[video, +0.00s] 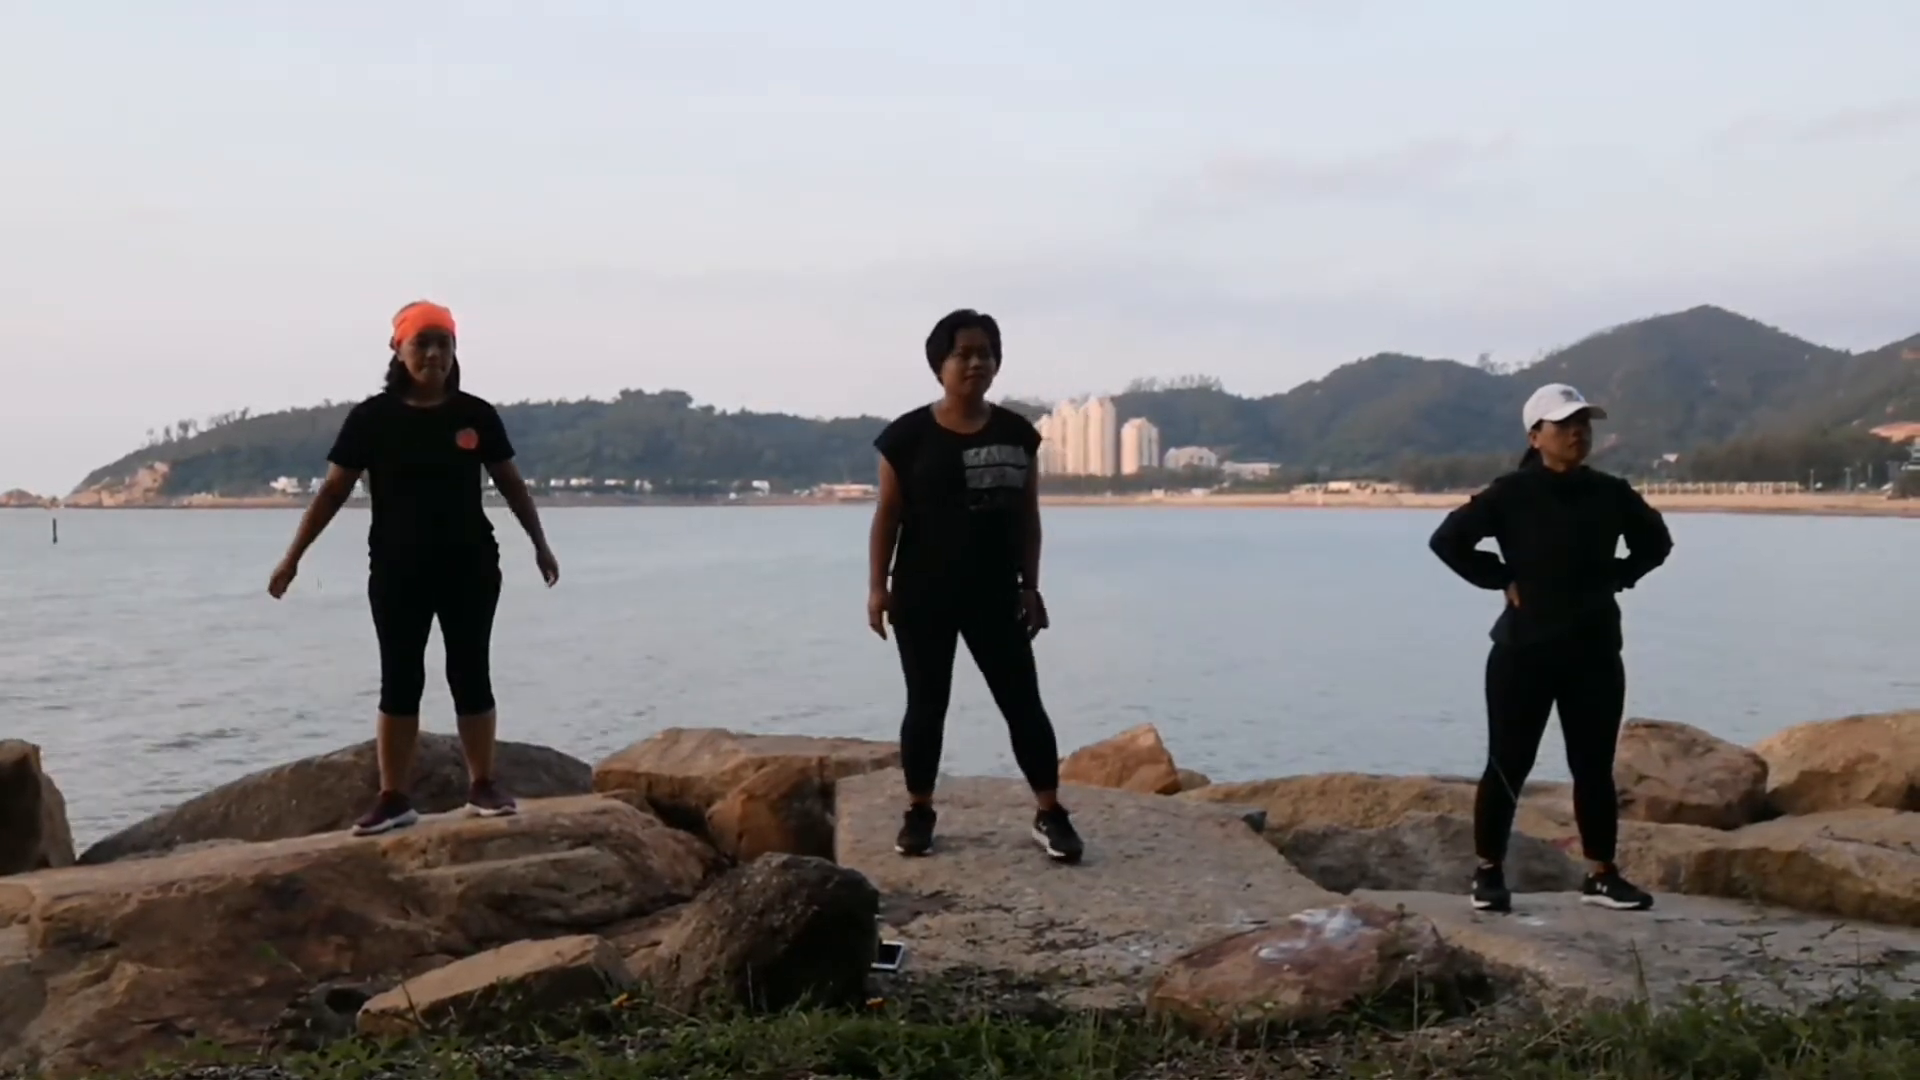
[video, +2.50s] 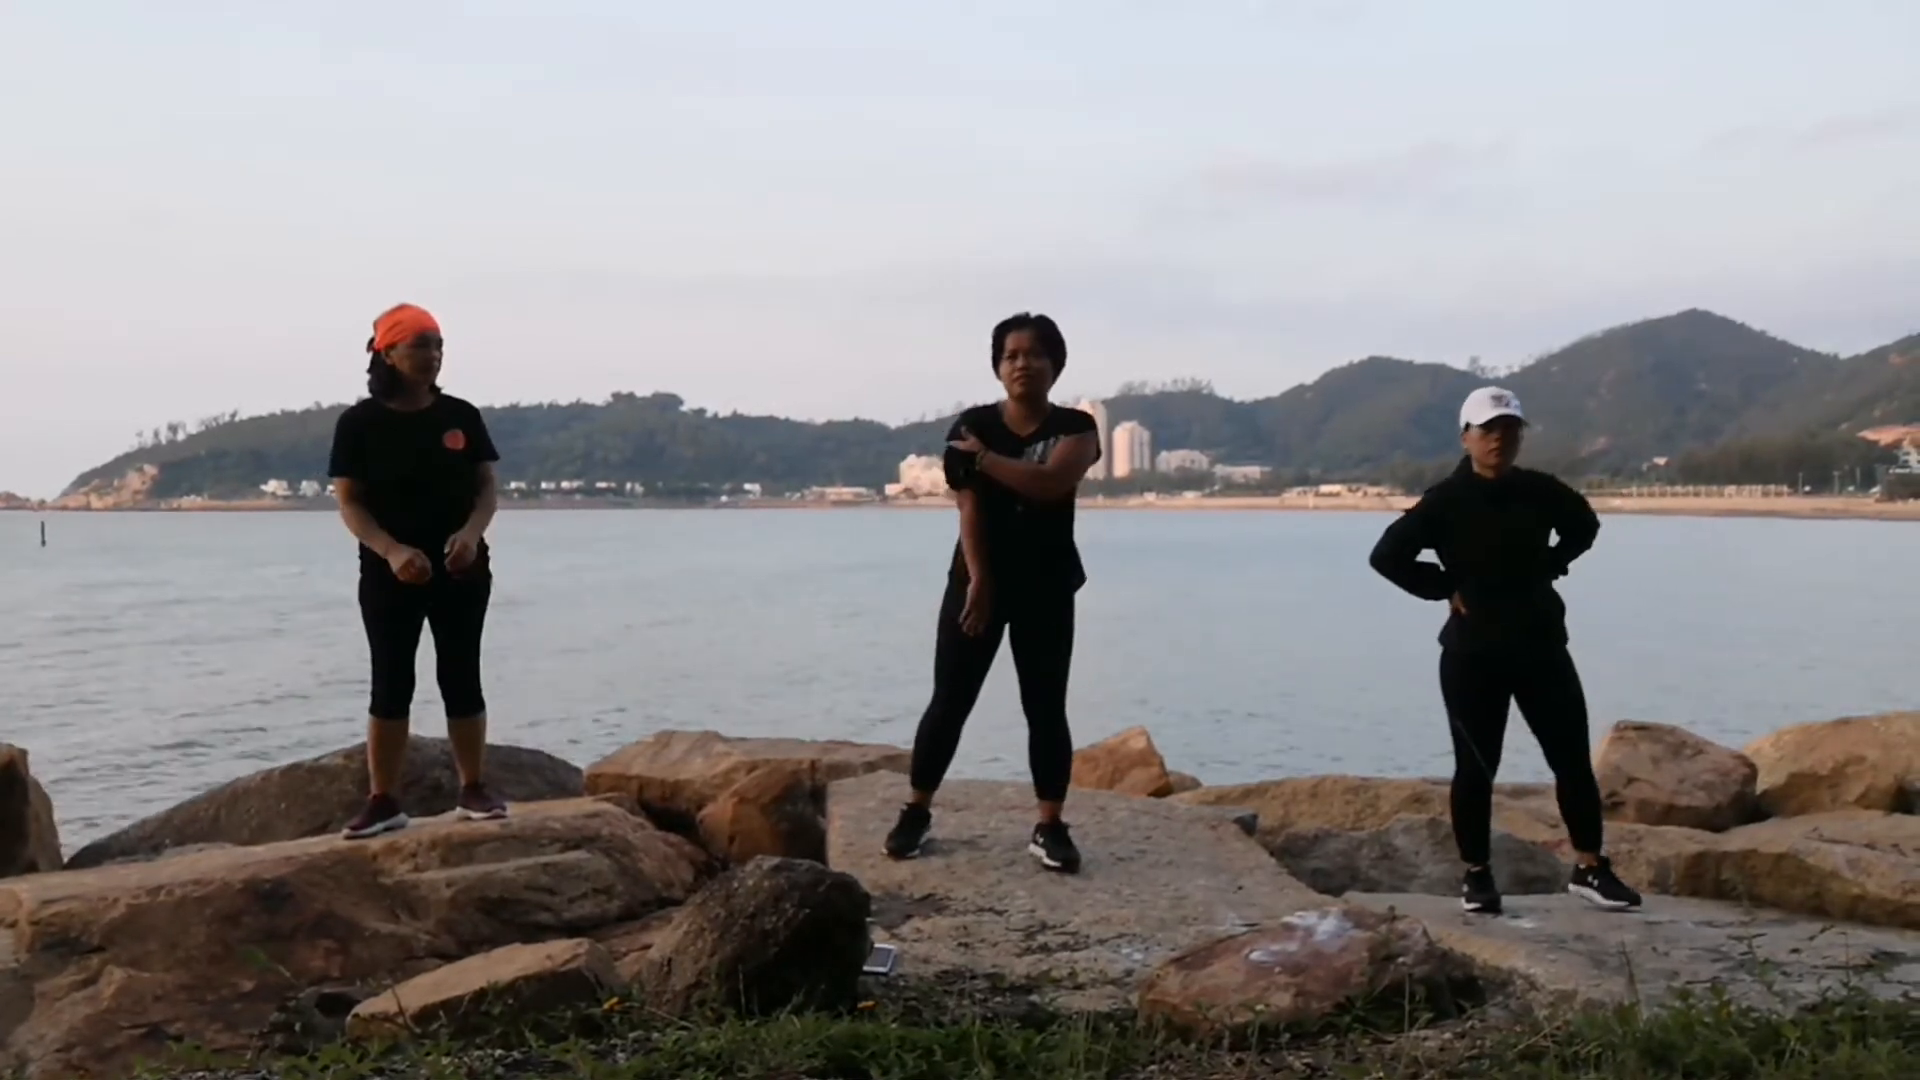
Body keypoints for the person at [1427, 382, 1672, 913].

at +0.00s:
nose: (1580, 433)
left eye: (1583, 423)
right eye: (1567, 424)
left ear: (1588, 429)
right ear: (1537, 435)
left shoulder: (1610, 492)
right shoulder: (1511, 493)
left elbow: (1657, 542)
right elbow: (1447, 541)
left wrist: (1613, 578)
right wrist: (1502, 578)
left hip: (1593, 651)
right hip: (1524, 650)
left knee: (1595, 769)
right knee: (1507, 766)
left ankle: (1602, 874)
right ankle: (1489, 874)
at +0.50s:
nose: (1575, 433)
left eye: (1580, 423)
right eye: (1562, 425)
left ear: (1587, 430)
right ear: (1534, 435)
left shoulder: (1607, 494)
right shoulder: (1508, 495)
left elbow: (1654, 542)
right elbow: (1444, 542)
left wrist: (1611, 577)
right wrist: (1501, 579)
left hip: (1592, 652)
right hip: (1523, 652)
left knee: (1593, 768)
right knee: (1506, 766)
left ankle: (1600, 874)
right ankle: (1487, 874)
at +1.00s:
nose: (1560, 435)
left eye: (1567, 426)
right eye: (1548, 426)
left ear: (1576, 433)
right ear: (1523, 435)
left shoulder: (1600, 494)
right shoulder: (1501, 496)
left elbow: (1648, 541)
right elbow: (1438, 545)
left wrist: (1607, 577)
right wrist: (1496, 581)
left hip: (1586, 652)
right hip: (1517, 652)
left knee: (1590, 770)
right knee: (1502, 767)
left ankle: (1598, 875)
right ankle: (1485, 874)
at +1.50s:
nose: (1555, 437)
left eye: (1563, 427)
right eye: (1543, 428)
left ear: (1576, 434)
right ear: (1522, 437)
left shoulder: (1601, 494)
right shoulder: (1502, 497)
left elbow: (1649, 541)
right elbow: (1439, 547)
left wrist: (1608, 577)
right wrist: (1497, 582)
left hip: (1588, 654)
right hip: (1519, 653)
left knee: (1590, 770)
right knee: (1502, 768)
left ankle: (1597, 875)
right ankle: (1484, 874)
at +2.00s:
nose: (1541, 439)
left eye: (1551, 429)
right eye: (1530, 429)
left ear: (1567, 436)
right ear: (1513, 438)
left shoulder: (1594, 495)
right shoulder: (1493, 498)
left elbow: (1645, 542)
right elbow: (1431, 547)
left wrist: (1603, 578)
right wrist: (1487, 581)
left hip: (1581, 653)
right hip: (1512, 653)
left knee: (1586, 770)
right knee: (1498, 768)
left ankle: (1594, 875)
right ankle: (1481, 874)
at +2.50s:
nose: (1499, 439)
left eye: (1508, 429)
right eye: (1488, 429)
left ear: (1520, 434)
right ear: (1466, 437)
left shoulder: (1540, 490)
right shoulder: (1446, 501)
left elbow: (1584, 525)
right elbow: (1386, 557)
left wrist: (1551, 565)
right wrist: (1445, 588)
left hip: (1540, 642)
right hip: (1475, 647)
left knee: (1572, 758)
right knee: (1475, 767)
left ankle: (1590, 865)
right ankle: (1477, 876)